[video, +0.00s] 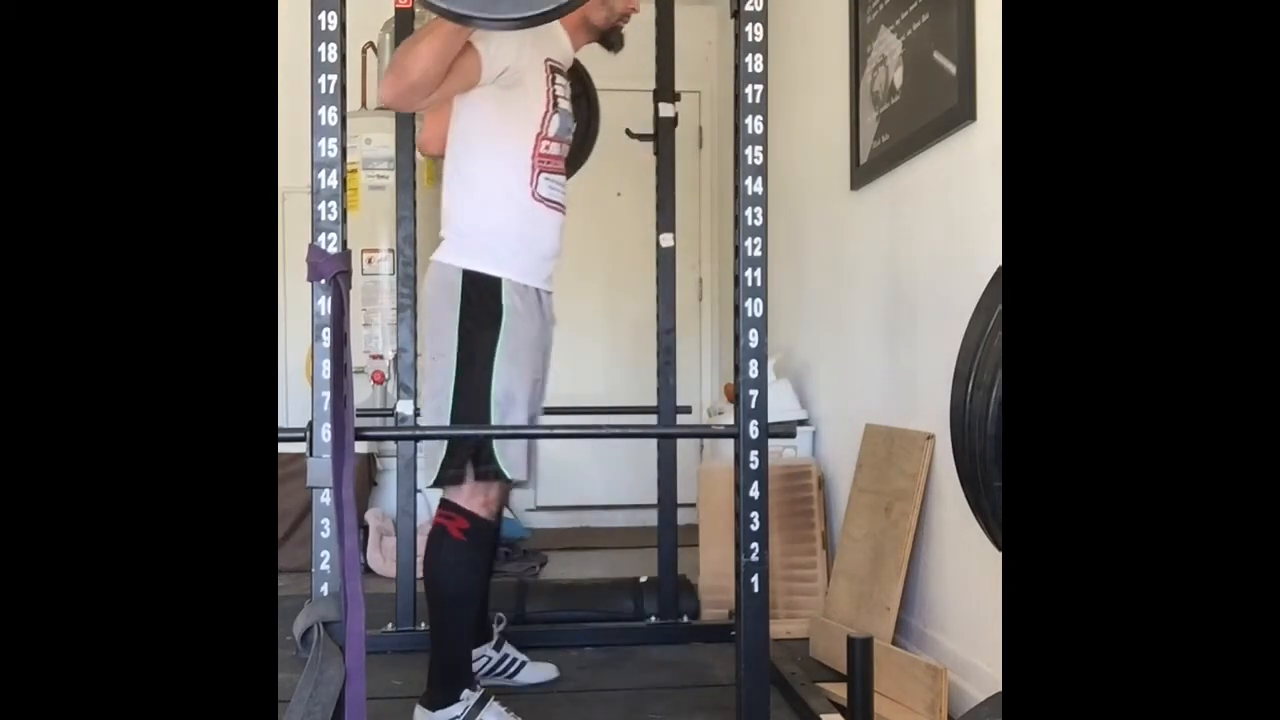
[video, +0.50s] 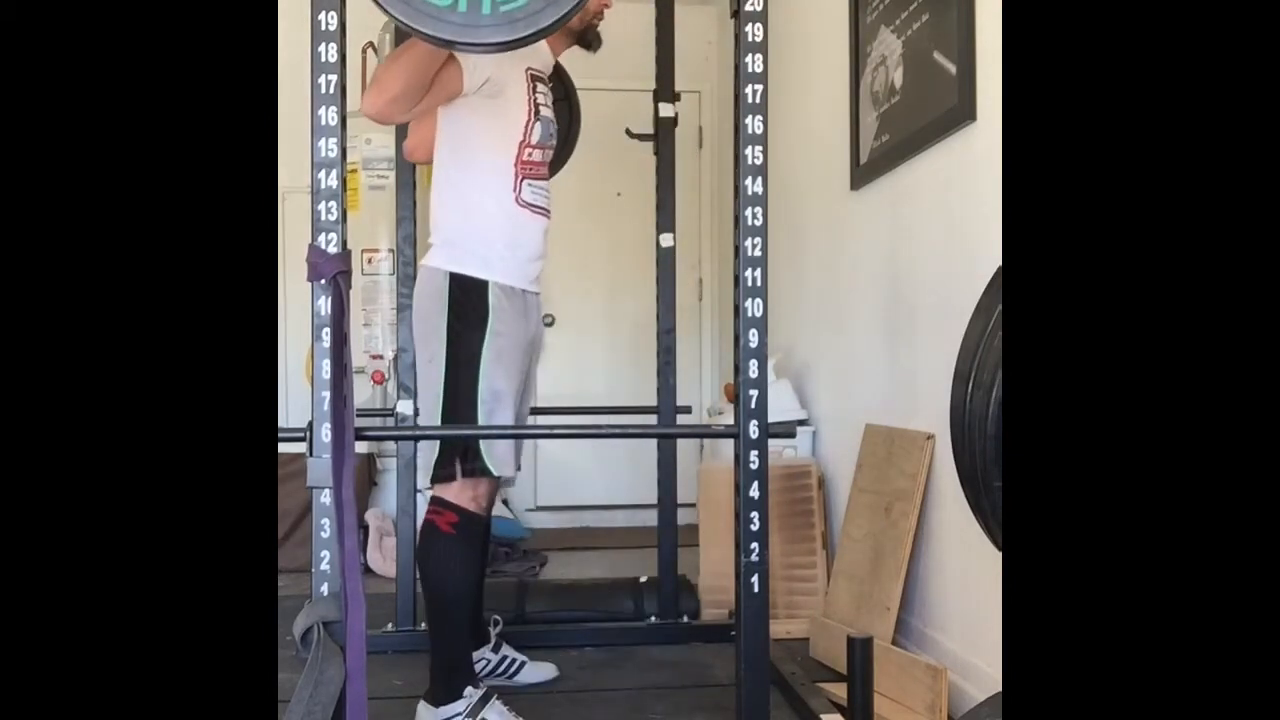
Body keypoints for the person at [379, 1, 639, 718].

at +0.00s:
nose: (635, 10)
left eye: (636, 5)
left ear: (602, 9)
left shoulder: (551, 57)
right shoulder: (509, 31)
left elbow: (434, 134)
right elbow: (397, 90)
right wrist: (453, 14)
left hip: (518, 286)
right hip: (480, 283)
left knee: (492, 484)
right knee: (472, 489)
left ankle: (475, 646)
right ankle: (445, 696)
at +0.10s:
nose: (625, 11)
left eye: (626, 7)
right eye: (619, 1)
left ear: (597, 15)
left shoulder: (552, 64)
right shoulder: (499, 34)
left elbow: (426, 138)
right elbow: (390, 92)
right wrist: (450, 14)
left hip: (513, 288)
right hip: (473, 283)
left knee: (486, 483)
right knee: (466, 486)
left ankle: (476, 648)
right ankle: (443, 696)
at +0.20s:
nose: (615, 21)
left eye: (614, 15)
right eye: (609, 10)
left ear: (586, 20)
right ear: (576, 4)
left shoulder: (540, 66)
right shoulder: (498, 43)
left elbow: (423, 139)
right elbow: (387, 95)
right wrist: (457, 18)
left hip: (508, 289)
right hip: (469, 285)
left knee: (485, 481)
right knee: (461, 485)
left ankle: (473, 646)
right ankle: (442, 694)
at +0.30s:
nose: (614, 19)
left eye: (612, 12)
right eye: (608, 8)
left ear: (581, 18)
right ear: (576, 6)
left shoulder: (540, 72)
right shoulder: (495, 49)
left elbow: (420, 142)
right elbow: (384, 99)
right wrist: (456, 20)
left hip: (507, 292)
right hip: (466, 289)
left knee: (482, 482)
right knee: (461, 486)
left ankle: (473, 647)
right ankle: (444, 694)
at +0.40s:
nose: (610, 16)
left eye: (609, 10)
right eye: (606, 6)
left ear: (579, 15)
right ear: (578, 5)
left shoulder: (536, 70)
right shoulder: (490, 48)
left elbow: (421, 142)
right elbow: (381, 101)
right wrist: (450, 20)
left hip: (508, 289)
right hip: (467, 285)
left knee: (485, 479)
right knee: (461, 482)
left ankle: (473, 647)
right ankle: (446, 694)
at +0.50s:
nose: (605, 13)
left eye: (604, 7)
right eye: (599, 4)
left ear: (574, 14)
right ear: (568, 3)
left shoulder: (534, 69)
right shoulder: (486, 48)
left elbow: (419, 143)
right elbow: (379, 100)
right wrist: (448, 19)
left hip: (509, 292)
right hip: (468, 288)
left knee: (483, 481)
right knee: (462, 484)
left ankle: (474, 647)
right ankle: (447, 693)